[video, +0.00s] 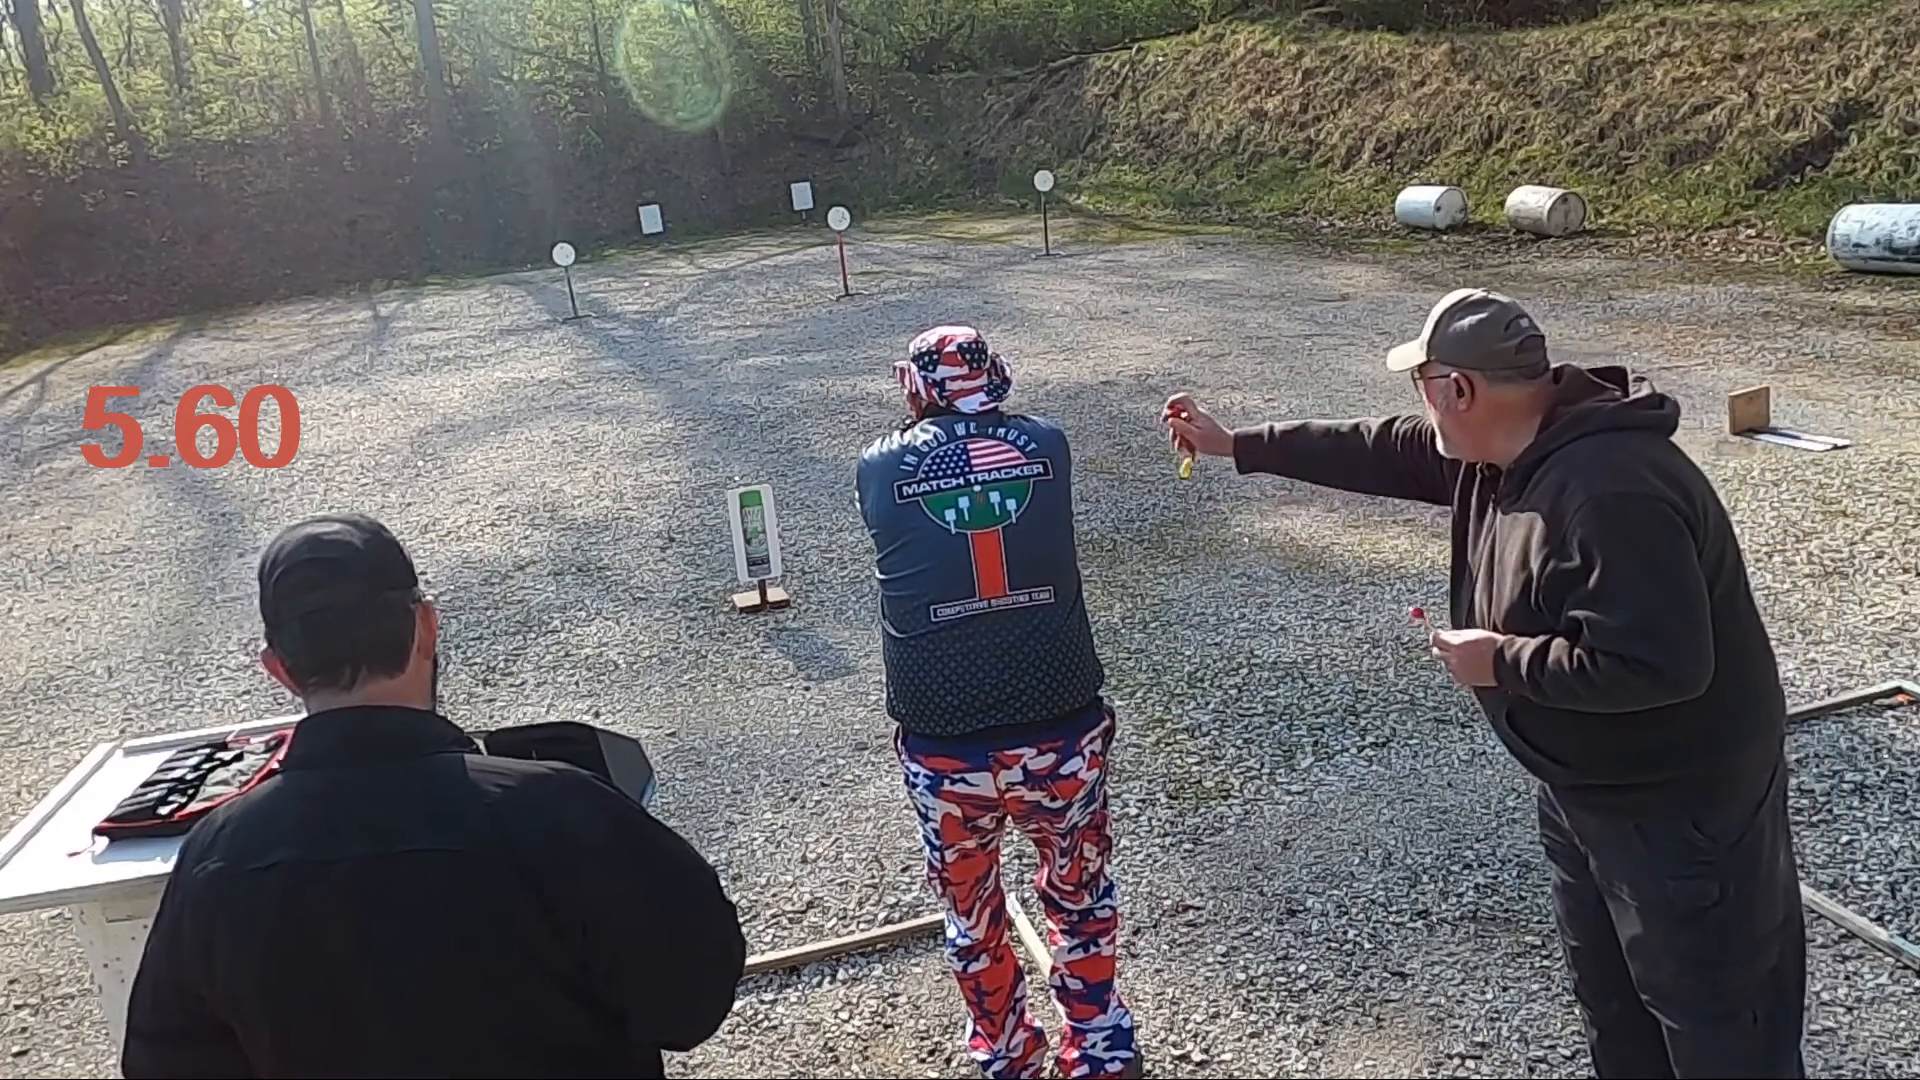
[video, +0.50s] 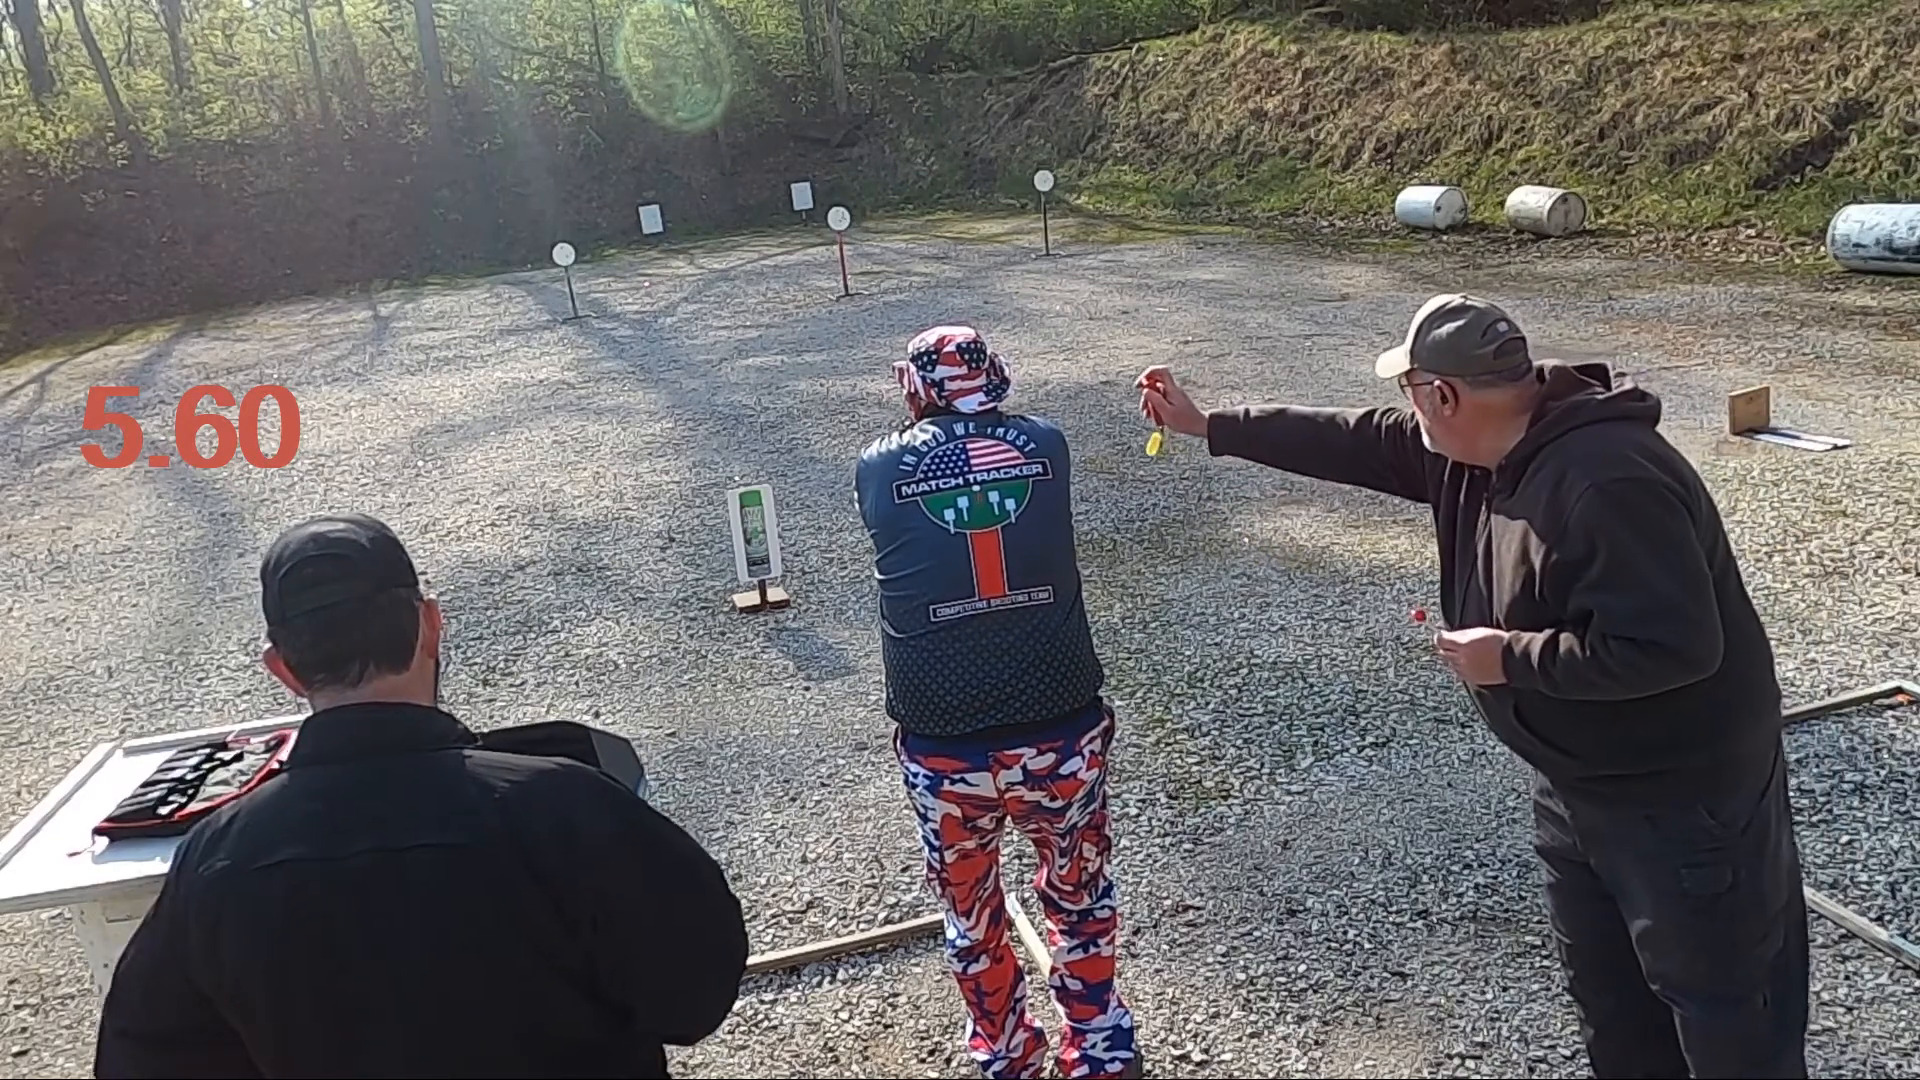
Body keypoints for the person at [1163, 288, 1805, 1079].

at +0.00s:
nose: (1422, 404)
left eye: (1424, 388)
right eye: (1422, 388)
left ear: (1462, 391)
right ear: (1484, 387)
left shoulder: (1612, 492)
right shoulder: (1502, 454)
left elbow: (1664, 666)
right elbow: (1381, 451)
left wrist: (1503, 660)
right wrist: (1233, 444)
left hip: (1687, 812)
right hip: (1589, 796)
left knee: (1723, 1042)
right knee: (1622, 1027)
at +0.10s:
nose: (1420, 402)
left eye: (1422, 386)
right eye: (1420, 387)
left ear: (1459, 389)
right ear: (1477, 386)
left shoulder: (1614, 488)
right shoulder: (1491, 453)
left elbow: (1664, 661)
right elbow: (1368, 441)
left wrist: (1503, 655)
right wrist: (1226, 423)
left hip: (1685, 808)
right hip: (1587, 793)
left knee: (1720, 1039)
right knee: (1620, 1023)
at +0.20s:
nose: (1417, 404)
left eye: (1418, 388)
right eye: (1416, 389)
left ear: (1454, 389)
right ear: (1474, 385)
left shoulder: (1612, 487)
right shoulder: (1489, 453)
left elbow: (1667, 657)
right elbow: (1365, 438)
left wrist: (1504, 654)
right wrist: (1221, 415)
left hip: (1684, 806)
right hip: (1583, 791)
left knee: (1719, 1035)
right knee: (1617, 1017)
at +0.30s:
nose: (1413, 405)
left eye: (1415, 390)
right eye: (1412, 391)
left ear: (1452, 392)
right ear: (1471, 387)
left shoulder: (1610, 486)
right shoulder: (1482, 452)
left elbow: (1667, 653)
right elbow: (1359, 438)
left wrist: (1505, 654)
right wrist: (1217, 416)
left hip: (1684, 804)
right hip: (1582, 788)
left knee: (1718, 1030)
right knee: (1614, 1011)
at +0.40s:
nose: (1410, 408)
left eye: (1412, 393)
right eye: (1408, 394)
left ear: (1449, 396)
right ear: (1473, 389)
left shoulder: (1610, 486)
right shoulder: (1480, 454)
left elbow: (1671, 652)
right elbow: (1356, 441)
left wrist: (1507, 656)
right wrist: (1211, 420)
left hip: (1687, 806)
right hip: (1582, 793)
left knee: (1724, 1032)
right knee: (1616, 1017)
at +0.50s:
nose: (1409, 408)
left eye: (1410, 393)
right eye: (1407, 394)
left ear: (1446, 397)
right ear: (1478, 387)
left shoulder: (1610, 485)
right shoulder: (1472, 457)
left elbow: (1675, 648)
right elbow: (1355, 442)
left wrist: (1511, 656)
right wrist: (1207, 424)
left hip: (1692, 805)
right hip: (1582, 794)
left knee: (1730, 1032)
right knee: (1619, 1025)